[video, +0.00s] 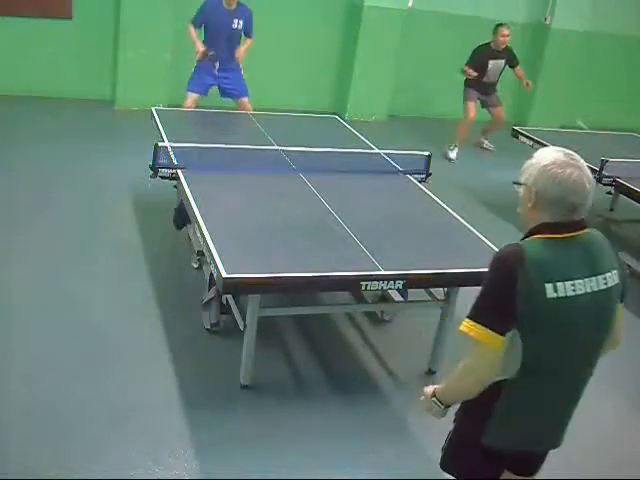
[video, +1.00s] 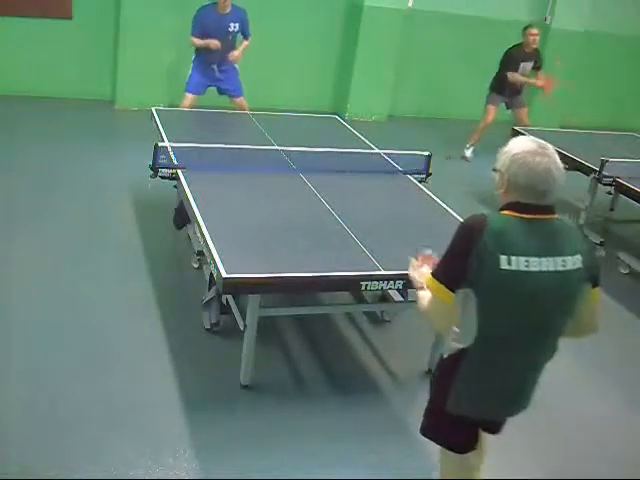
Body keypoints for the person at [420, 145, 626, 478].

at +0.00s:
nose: (519, 194)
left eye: (521, 186)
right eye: (520, 186)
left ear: (532, 197)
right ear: (580, 202)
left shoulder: (517, 260)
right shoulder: (601, 248)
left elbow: (484, 362)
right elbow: (611, 338)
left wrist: (441, 396)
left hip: (497, 415)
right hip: (555, 410)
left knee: (472, 471)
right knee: (520, 471)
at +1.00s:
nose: (495, 180)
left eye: (498, 174)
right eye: (498, 173)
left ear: (505, 182)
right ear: (552, 184)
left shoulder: (480, 230)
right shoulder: (575, 239)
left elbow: (441, 317)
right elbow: (586, 322)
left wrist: (422, 282)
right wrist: (537, 320)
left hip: (471, 370)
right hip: (525, 370)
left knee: (457, 459)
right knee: (475, 433)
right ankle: (469, 470)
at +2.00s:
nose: (395, 174)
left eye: (395, 167)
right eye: (395, 167)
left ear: (406, 164)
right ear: (438, 156)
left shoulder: (405, 193)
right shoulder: (477, 188)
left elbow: (384, 281)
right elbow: (504, 263)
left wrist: (367, 288)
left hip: (430, 321)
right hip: (473, 321)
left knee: (386, 421)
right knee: (420, 383)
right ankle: (424, 458)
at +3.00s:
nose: (437, 169)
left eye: (440, 161)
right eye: (437, 161)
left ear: (454, 164)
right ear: (486, 158)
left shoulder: (460, 209)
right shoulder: (512, 199)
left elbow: (471, 300)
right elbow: (484, 240)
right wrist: (422, 242)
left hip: (468, 348)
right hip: (501, 344)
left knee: (422, 425)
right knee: (460, 406)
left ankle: (421, 473)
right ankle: (459, 470)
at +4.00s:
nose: (494, 162)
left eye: (497, 156)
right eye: (496, 155)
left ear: (506, 163)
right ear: (545, 167)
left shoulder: (493, 204)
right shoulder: (561, 212)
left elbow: (460, 282)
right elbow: (547, 293)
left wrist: (442, 335)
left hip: (479, 339)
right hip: (520, 341)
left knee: (442, 435)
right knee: (481, 409)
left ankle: (440, 475)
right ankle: (487, 473)